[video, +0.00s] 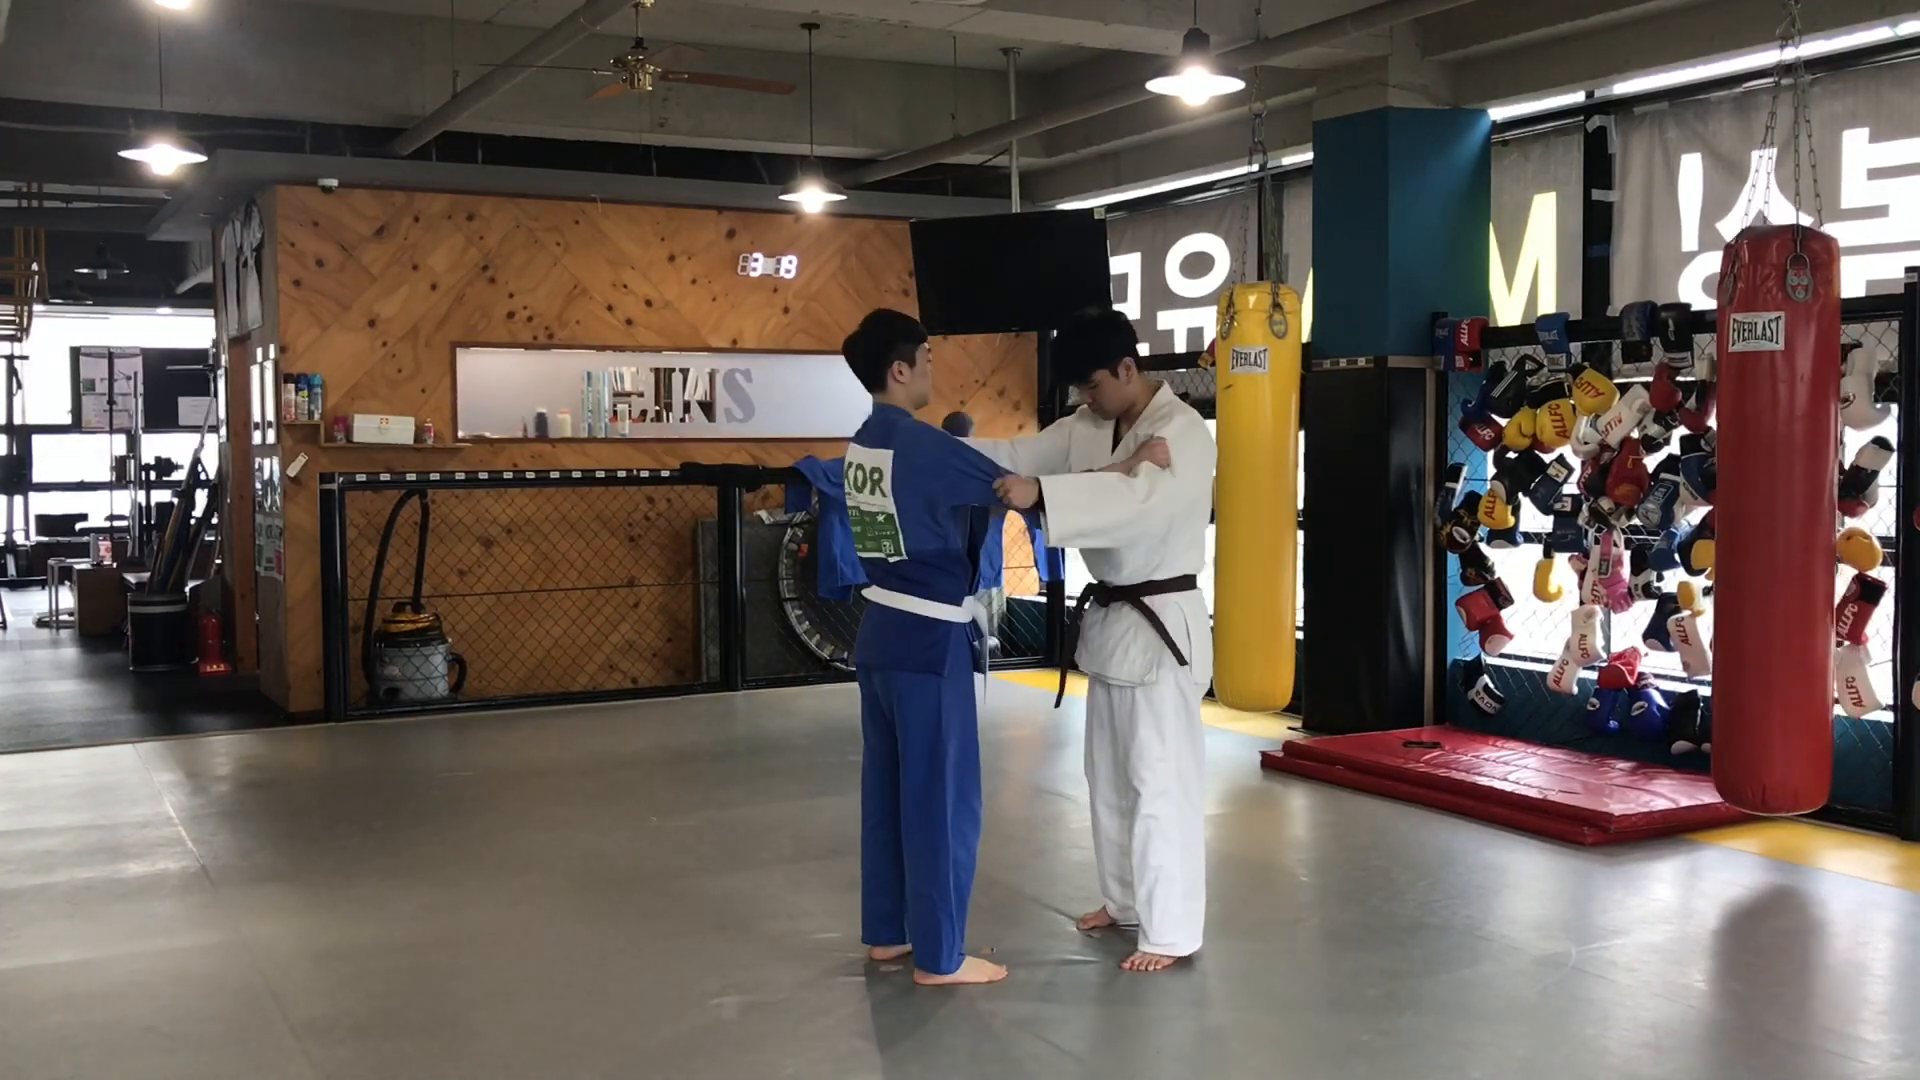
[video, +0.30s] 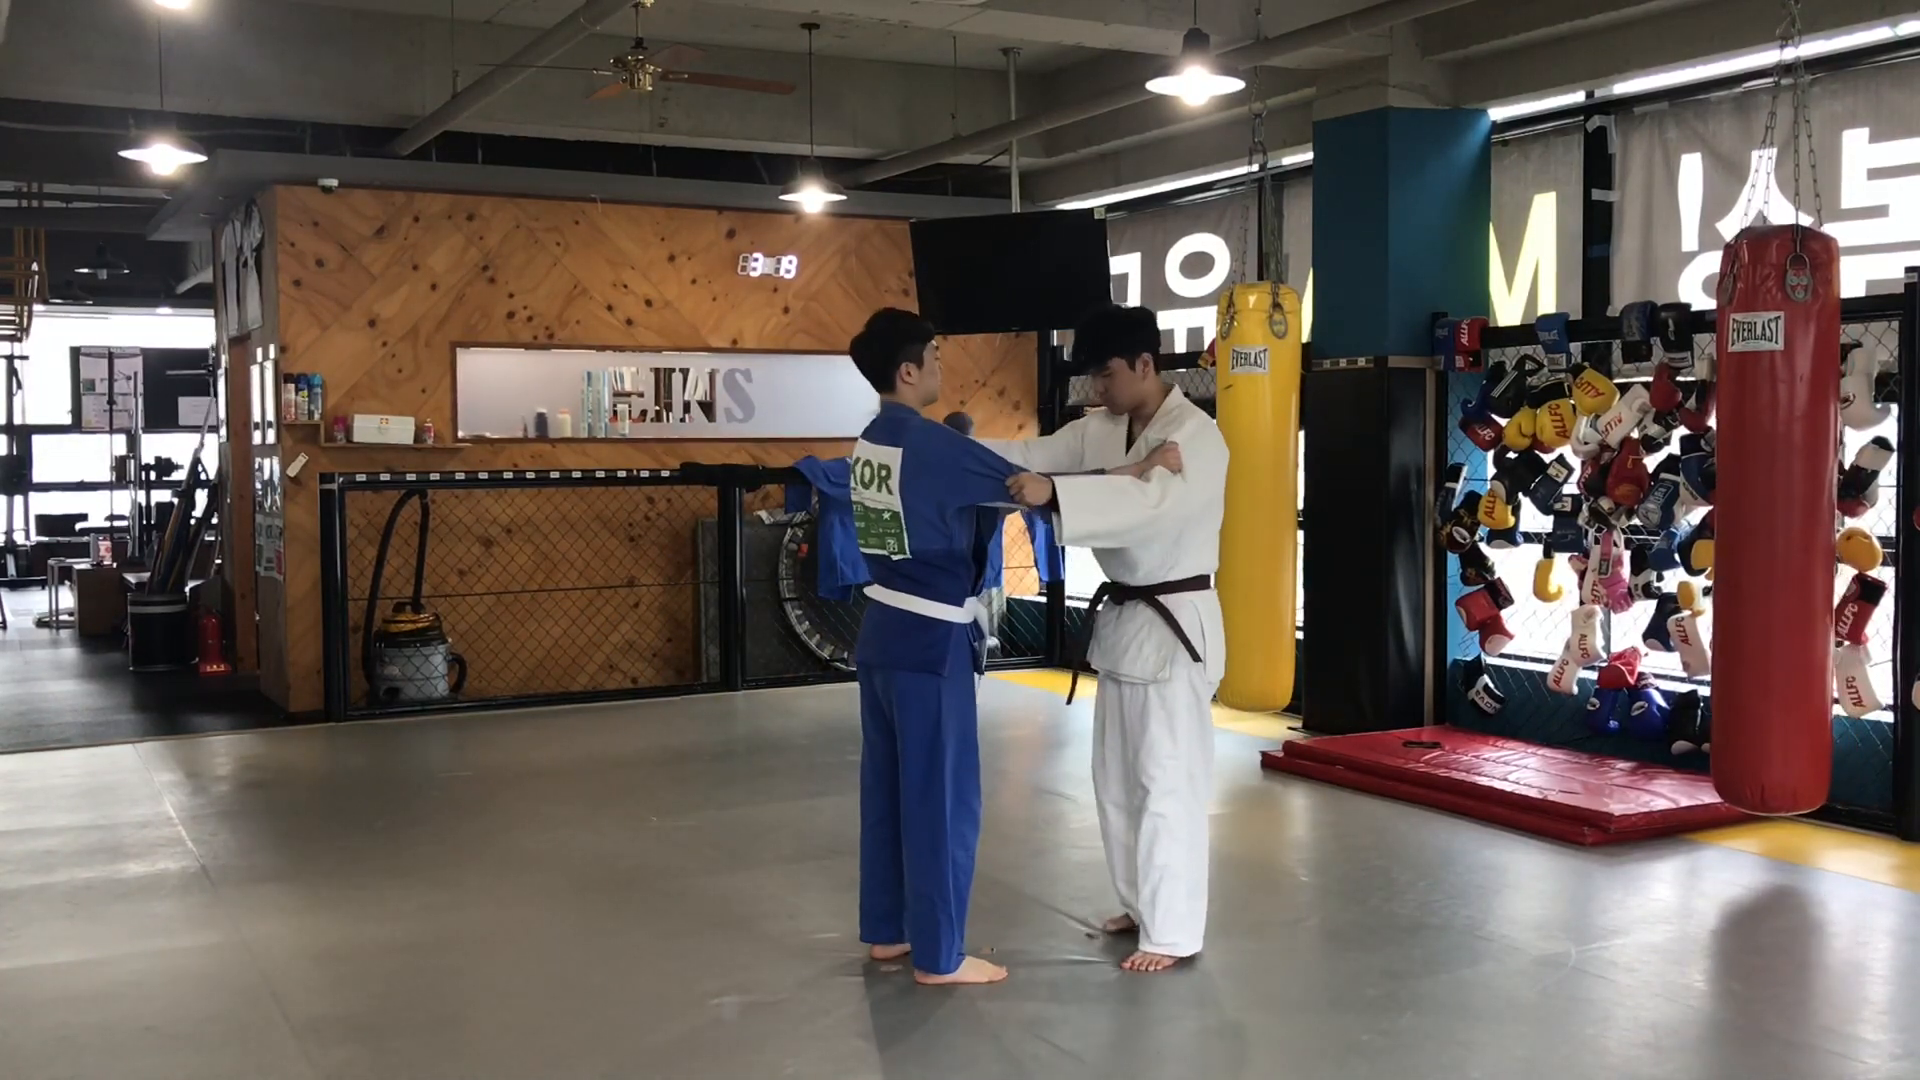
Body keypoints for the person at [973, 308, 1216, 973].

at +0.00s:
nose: (1085, 400)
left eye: (1092, 385)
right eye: (1079, 388)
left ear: (1128, 369)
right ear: (1092, 381)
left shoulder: (1183, 433)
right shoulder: (1087, 428)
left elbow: (1140, 496)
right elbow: (1018, 455)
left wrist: (1045, 493)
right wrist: (938, 454)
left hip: (1160, 623)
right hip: (1106, 619)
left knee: (1160, 784)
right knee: (1111, 777)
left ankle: (1174, 933)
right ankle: (1126, 903)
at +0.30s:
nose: (1097, 390)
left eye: (1104, 376)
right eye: (1092, 378)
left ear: (1144, 365)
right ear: (1115, 372)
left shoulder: (1196, 439)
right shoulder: (1098, 429)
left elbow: (1151, 498)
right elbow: (1034, 456)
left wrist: (1058, 494)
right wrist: (960, 449)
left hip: (1174, 624)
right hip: (1119, 618)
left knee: (1167, 783)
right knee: (1118, 778)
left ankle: (1176, 934)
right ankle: (1140, 907)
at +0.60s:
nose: (1085, 410)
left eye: (1091, 397)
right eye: (1081, 399)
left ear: (1130, 380)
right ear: (1113, 387)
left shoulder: (1191, 436)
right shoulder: (1096, 437)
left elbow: (1155, 501)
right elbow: (1030, 467)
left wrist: (1068, 499)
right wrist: (964, 471)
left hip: (1196, 622)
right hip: (1138, 620)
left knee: (1187, 779)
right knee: (1132, 775)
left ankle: (1183, 930)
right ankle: (1147, 908)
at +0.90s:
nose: (1084, 410)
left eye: (1091, 395)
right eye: (1078, 399)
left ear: (1129, 380)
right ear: (1083, 396)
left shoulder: (1189, 439)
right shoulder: (1083, 440)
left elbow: (1152, 515)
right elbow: (1019, 478)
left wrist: (1065, 511)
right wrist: (959, 463)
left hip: (1208, 620)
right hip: (1146, 620)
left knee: (1215, 778)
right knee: (1148, 773)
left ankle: (1217, 919)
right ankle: (1160, 906)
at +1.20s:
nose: (1088, 395)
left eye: (1097, 380)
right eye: (1083, 382)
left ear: (1138, 371)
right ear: (1089, 383)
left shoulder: (1192, 439)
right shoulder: (1087, 438)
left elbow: (1155, 515)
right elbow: (1020, 481)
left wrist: (1063, 504)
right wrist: (958, 465)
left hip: (1190, 624)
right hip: (1129, 621)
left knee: (1185, 778)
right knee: (1131, 781)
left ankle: (1206, 919)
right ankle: (1154, 911)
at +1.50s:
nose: (1105, 397)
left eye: (1113, 383)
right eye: (1103, 385)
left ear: (1156, 379)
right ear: (1140, 380)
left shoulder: (1199, 441)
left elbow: (1173, 458)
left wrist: (1078, 445)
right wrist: (975, 478)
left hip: (1140, 642)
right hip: (1079, 637)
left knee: (1092, 786)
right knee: (1103, 784)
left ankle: (1080, 961)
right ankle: (1148, 899)